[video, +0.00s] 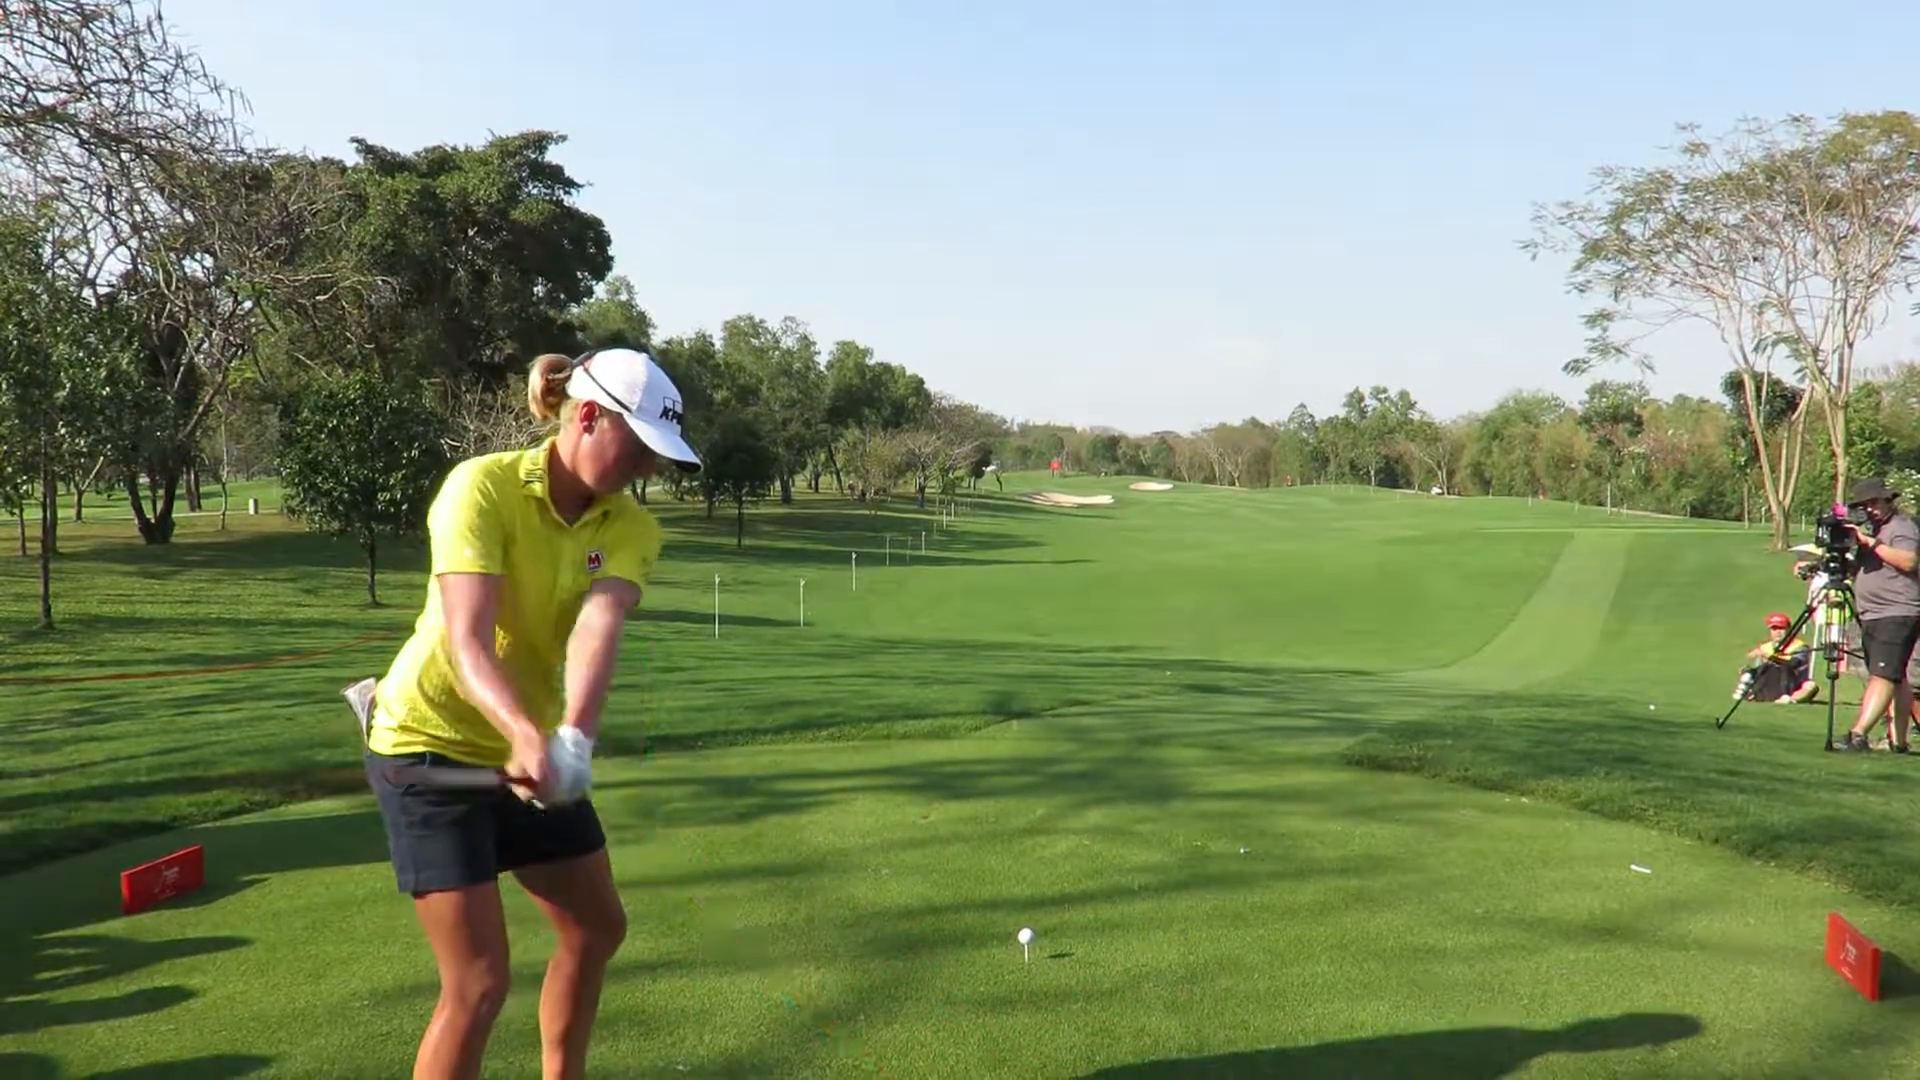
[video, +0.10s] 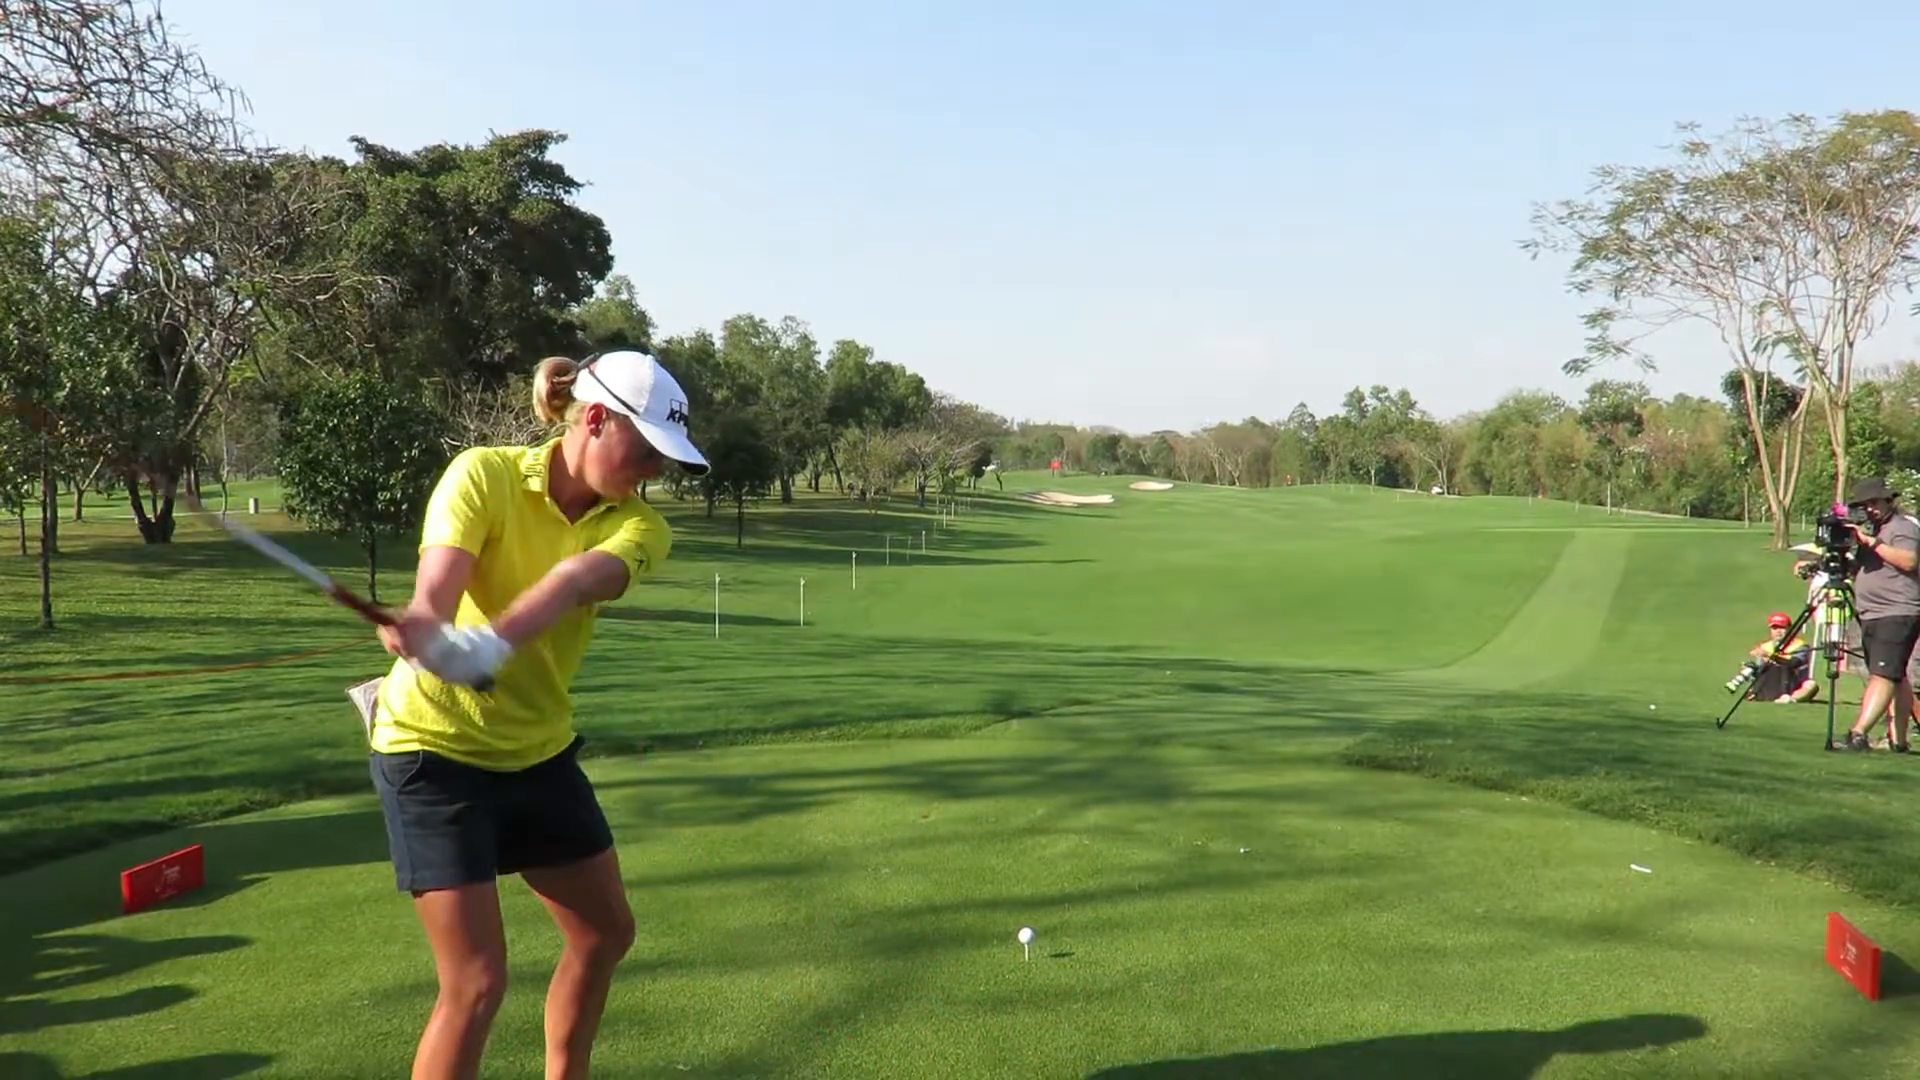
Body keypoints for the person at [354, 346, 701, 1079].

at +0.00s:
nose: (646, 465)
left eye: (654, 453)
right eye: (639, 445)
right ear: (587, 420)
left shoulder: (628, 526)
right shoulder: (478, 488)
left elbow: (600, 629)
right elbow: (468, 638)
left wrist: (579, 734)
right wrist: (521, 730)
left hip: (536, 749)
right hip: (430, 745)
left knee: (596, 927)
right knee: (477, 982)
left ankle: (561, 1072)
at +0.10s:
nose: (653, 470)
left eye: (661, 457)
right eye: (646, 449)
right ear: (594, 422)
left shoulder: (639, 528)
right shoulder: (482, 475)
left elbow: (576, 581)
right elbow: (438, 583)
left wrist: (495, 643)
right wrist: (422, 628)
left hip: (537, 747)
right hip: (432, 746)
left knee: (604, 932)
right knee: (474, 983)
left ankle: (564, 1072)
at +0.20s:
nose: (665, 470)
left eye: (672, 455)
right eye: (656, 449)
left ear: (612, 431)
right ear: (602, 426)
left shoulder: (643, 528)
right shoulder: (484, 466)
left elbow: (531, 522)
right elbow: (383, 582)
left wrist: (410, 502)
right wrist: (359, 502)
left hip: (541, 751)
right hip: (433, 745)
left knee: (611, 938)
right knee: (472, 983)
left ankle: (564, 1074)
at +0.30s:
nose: (672, 462)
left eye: (678, 449)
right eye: (661, 443)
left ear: (625, 433)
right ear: (605, 425)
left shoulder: (642, 526)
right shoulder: (483, 469)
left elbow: (505, 463)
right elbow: (346, 519)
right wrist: (343, 383)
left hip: (542, 756)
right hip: (433, 748)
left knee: (614, 945)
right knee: (473, 983)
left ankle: (568, 1072)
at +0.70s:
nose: (701, 471)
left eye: (706, 456)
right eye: (692, 452)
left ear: (650, 436)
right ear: (640, 431)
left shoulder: (672, 525)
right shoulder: (513, 466)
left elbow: (548, 478)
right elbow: (380, 527)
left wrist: (434, 389)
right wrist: (388, 402)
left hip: (558, 746)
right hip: (455, 742)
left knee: (627, 929)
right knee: (498, 982)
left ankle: (567, 1071)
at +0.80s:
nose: (702, 477)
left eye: (707, 464)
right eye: (696, 458)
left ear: (657, 442)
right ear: (646, 437)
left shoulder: (668, 511)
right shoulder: (534, 478)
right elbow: (464, 613)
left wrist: (566, 614)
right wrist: (509, 622)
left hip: (552, 742)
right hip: (476, 747)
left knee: (609, 907)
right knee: (531, 979)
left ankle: (570, 1071)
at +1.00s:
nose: (703, 480)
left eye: (709, 467)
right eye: (700, 463)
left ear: (637, 428)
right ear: (655, 440)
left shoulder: (535, 449)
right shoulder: (624, 526)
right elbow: (680, 588)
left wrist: (682, 582)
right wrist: (713, 598)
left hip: (469, 729)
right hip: (554, 747)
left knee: (560, 930)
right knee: (537, 963)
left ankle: (557, 1068)